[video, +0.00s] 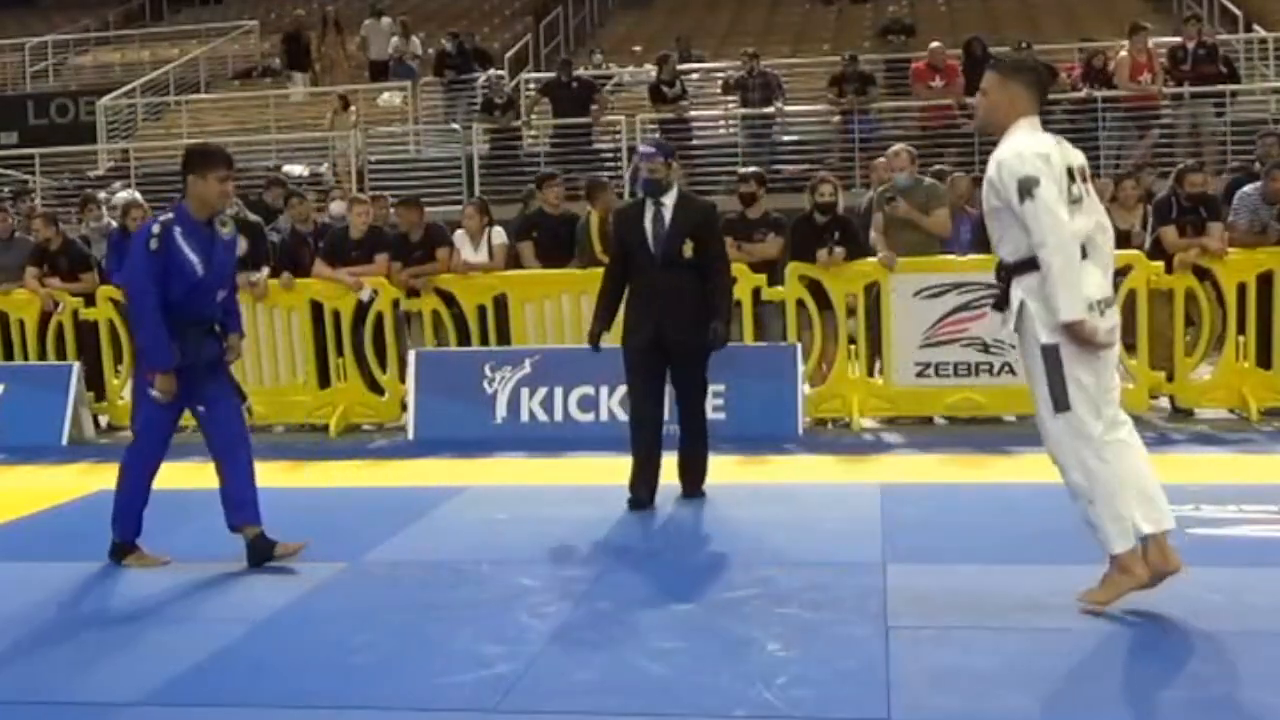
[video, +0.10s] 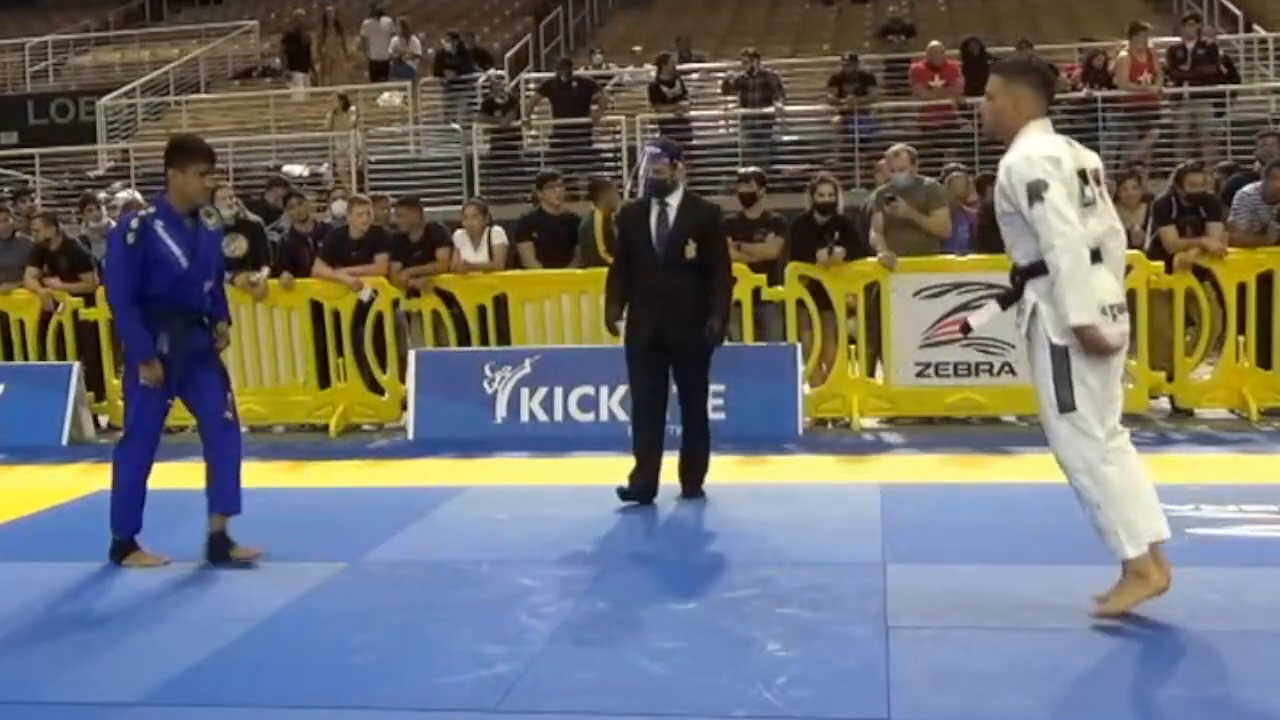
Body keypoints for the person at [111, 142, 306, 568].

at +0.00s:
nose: (231, 190)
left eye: (232, 181)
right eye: (223, 181)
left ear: (216, 184)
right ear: (194, 182)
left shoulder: (224, 234)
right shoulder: (155, 236)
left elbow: (226, 290)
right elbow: (142, 302)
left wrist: (233, 330)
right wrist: (161, 364)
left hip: (208, 357)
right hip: (164, 359)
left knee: (232, 441)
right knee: (148, 450)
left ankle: (255, 539)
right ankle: (123, 543)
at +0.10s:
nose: (212, 183)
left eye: (213, 175)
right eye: (204, 174)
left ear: (203, 177)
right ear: (175, 175)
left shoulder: (207, 231)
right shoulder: (136, 226)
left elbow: (214, 283)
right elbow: (120, 296)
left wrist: (221, 319)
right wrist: (143, 354)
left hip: (197, 343)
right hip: (152, 346)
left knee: (223, 430)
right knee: (141, 441)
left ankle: (219, 535)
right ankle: (124, 540)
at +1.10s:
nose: (269, 239)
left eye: (270, 230)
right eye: (262, 231)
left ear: (259, 231)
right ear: (237, 230)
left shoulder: (260, 263)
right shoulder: (204, 257)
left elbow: (277, 284)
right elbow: (181, 300)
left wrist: (290, 312)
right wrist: (220, 349)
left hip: (208, 362)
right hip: (175, 360)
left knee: (202, 440)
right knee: (218, 433)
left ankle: (138, 512)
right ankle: (245, 541)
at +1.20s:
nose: (285, 247)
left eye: (286, 239)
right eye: (278, 239)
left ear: (285, 239)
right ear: (253, 239)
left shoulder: (275, 270)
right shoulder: (216, 272)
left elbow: (287, 294)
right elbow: (208, 335)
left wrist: (299, 324)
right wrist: (261, 373)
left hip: (218, 355)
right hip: (182, 357)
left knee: (225, 436)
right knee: (224, 435)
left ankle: (156, 501)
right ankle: (246, 543)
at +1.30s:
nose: (307, 261)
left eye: (309, 253)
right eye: (301, 253)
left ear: (305, 251)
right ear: (277, 249)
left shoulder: (291, 275)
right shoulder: (232, 279)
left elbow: (292, 307)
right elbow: (222, 351)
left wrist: (301, 334)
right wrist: (279, 381)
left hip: (229, 353)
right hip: (192, 357)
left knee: (254, 433)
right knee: (233, 436)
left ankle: (192, 495)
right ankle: (246, 544)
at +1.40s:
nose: (328, 266)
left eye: (331, 258)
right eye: (321, 257)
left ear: (332, 256)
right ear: (296, 253)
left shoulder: (305, 276)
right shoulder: (253, 280)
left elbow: (299, 309)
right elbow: (233, 351)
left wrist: (302, 339)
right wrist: (282, 388)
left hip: (241, 347)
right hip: (204, 351)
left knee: (275, 427)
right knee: (238, 436)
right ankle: (246, 543)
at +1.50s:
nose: (350, 268)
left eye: (353, 260)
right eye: (344, 259)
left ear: (352, 259)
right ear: (319, 255)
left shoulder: (326, 277)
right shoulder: (271, 279)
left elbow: (310, 308)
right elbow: (240, 344)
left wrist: (313, 339)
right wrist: (279, 389)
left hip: (260, 344)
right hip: (221, 348)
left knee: (291, 419)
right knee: (244, 439)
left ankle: (299, 512)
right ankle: (247, 545)